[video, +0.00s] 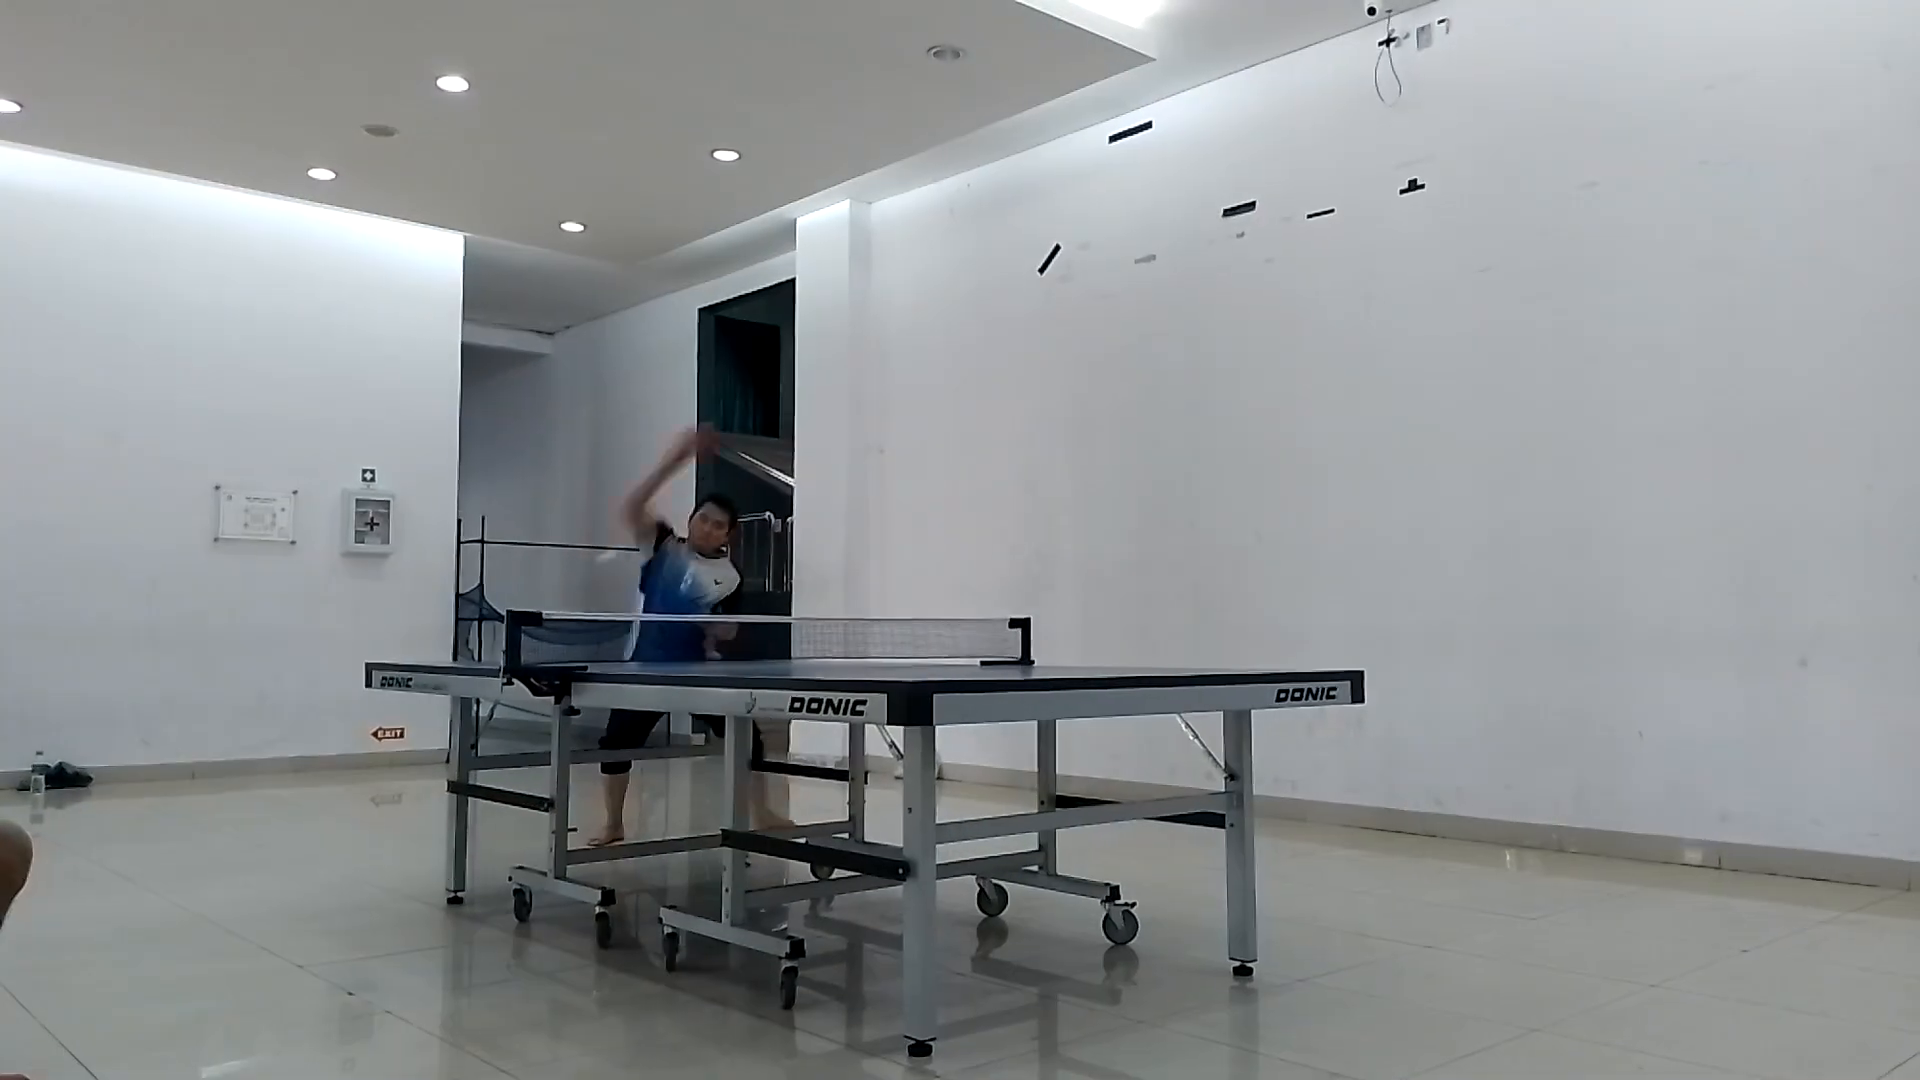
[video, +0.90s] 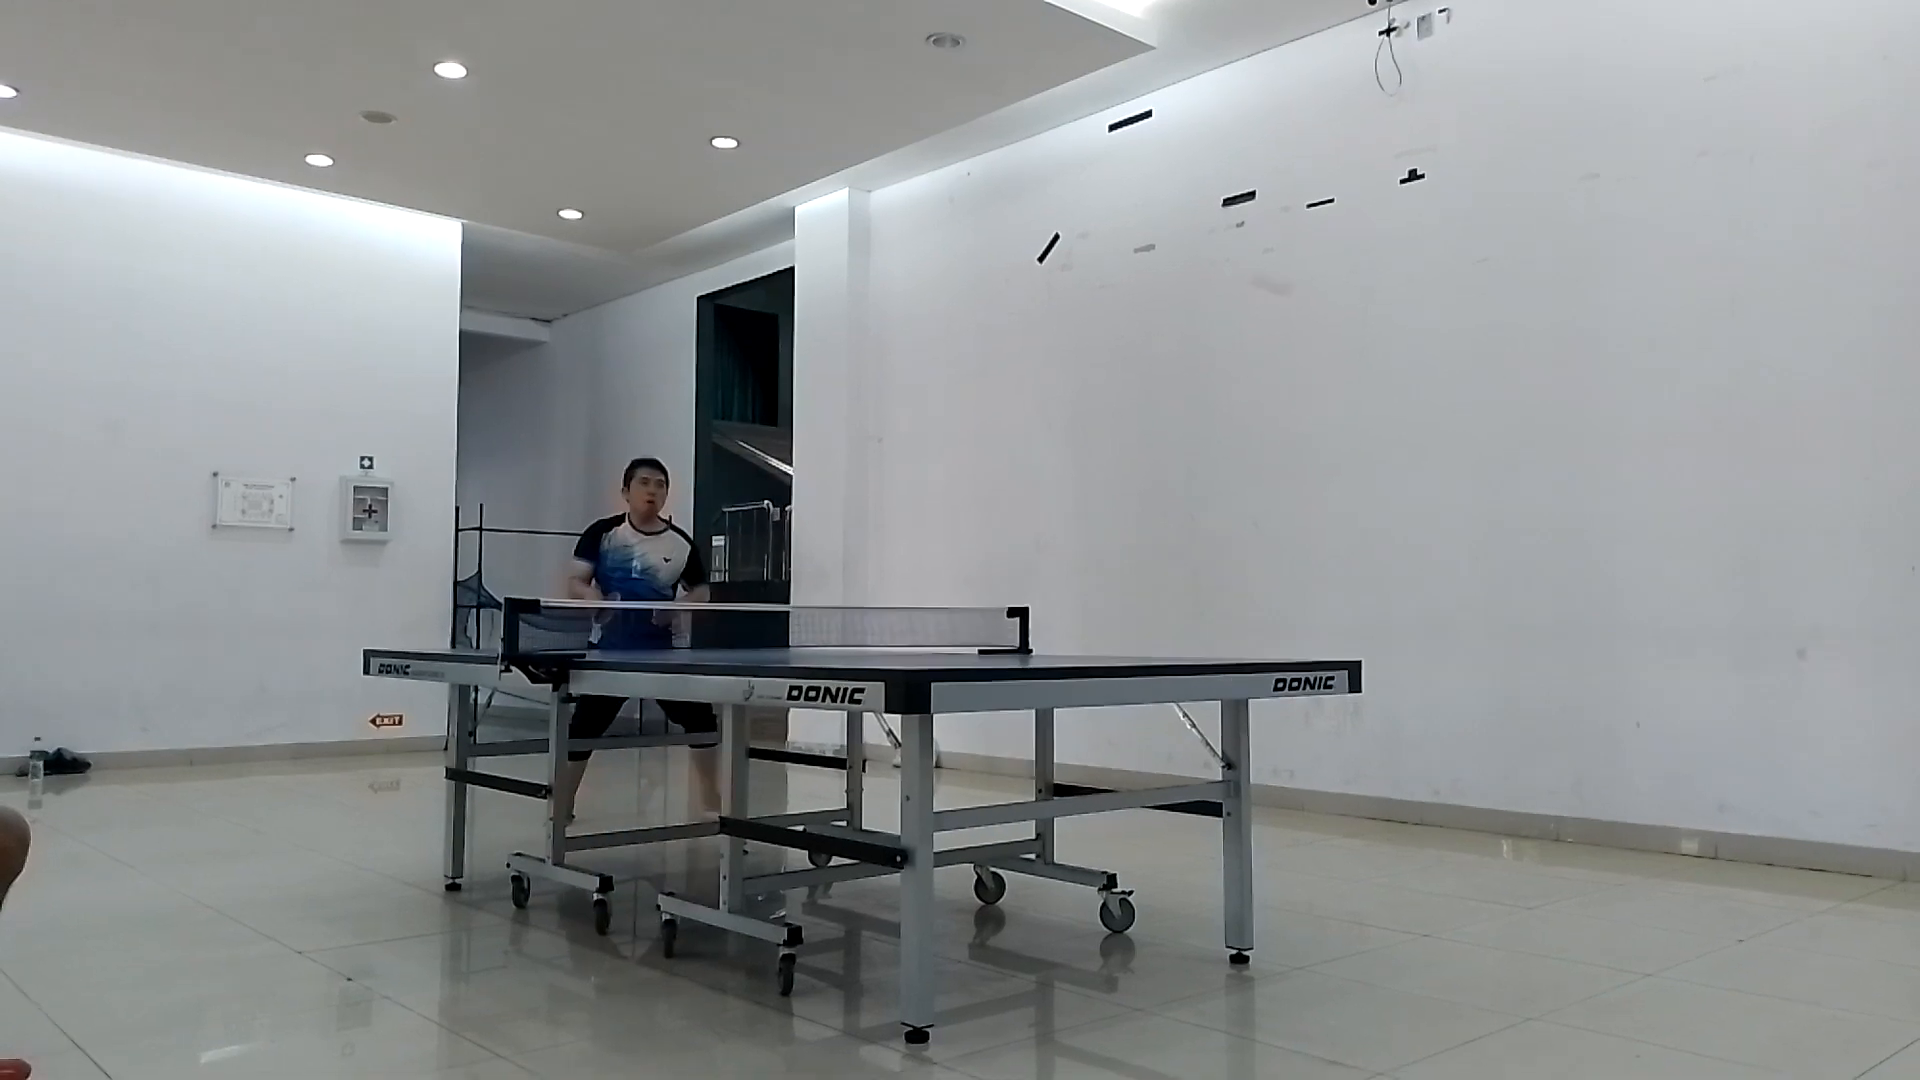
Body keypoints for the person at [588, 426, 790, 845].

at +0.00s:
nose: (707, 526)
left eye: (717, 524)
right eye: (704, 518)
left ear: (727, 536)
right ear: (692, 519)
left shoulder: (726, 577)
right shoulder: (662, 546)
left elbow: (727, 635)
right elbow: (633, 510)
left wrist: (718, 629)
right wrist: (673, 462)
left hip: (699, 672)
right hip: (648, 667)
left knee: (748, 738)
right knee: (616, 743)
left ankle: (761, 813)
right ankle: (613, 826)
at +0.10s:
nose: (712, 530)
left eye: (720, 527)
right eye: (708, 520)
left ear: (723, 537)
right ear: (690, 517)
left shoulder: (707, 570)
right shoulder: (661, 545)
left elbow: (699, 620)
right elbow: (686, 478)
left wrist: (719, 646)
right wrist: (724, 471)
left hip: (680, 664)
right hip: (638, 658)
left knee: (715, 730)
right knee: (627, 738)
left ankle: (698, 806)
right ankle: (605, 823)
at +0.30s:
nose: (712, 544)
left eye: (718, 541)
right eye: (707, 535)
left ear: (718, 548)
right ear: (687, 532)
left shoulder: (694, 586)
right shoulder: (662, 561)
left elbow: (680, 640)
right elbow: (678, 515)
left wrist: (705, 653)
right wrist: (719, 483)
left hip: (672, 674)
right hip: (634, 670)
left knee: (705, 744)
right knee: (639, 742)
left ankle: (668, 808)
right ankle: (602, 825)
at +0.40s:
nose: (706, 533)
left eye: (712, 529)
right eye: (700, 525)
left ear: (714, 539)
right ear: (680, 526)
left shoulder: (698, 582)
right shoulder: (655, 555)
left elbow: (694, 633)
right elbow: (643, 548)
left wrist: (706, 647)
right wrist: (689, 509)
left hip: (673, 667)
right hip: (633, 661)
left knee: (702, 741)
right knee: (627, 735)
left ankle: (668, 806)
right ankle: (592, 814)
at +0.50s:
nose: (696, 523)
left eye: (703, 518)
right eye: (689, 514)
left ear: (707, 529)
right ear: (670, 518)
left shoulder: (698, 571)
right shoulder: (645, 547)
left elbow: (700, 637)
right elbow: (605, 575)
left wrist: (709, 633)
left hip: (676, 666)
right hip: (633, 662)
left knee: (698, 740)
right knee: (617, 732)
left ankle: (668, 808)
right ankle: (576, 802)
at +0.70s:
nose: (662, 506)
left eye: (669, 500)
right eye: (654, 498)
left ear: (675, 509)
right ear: (635, 504)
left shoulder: (687, 560)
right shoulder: (608, 545)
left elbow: (709, 608)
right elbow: (575, 595)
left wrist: (694, 621)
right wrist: (594, 593)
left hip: (662, 671)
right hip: (609, 667)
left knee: (689, 733)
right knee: (580, 736)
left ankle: (667, 797)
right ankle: (561, 812)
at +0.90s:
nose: (652, 491)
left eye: (659, 484)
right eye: (644, 483)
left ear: (667, 493)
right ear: (626, 490)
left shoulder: (681, 543)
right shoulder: (601, 533)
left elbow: (702, 595)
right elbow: (575, 583)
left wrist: (678, 612)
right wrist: (594, 601)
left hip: (662, 655)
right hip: (610, 653)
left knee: (702, 724)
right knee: (581, 733)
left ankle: (711, 801)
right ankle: (561, 809)